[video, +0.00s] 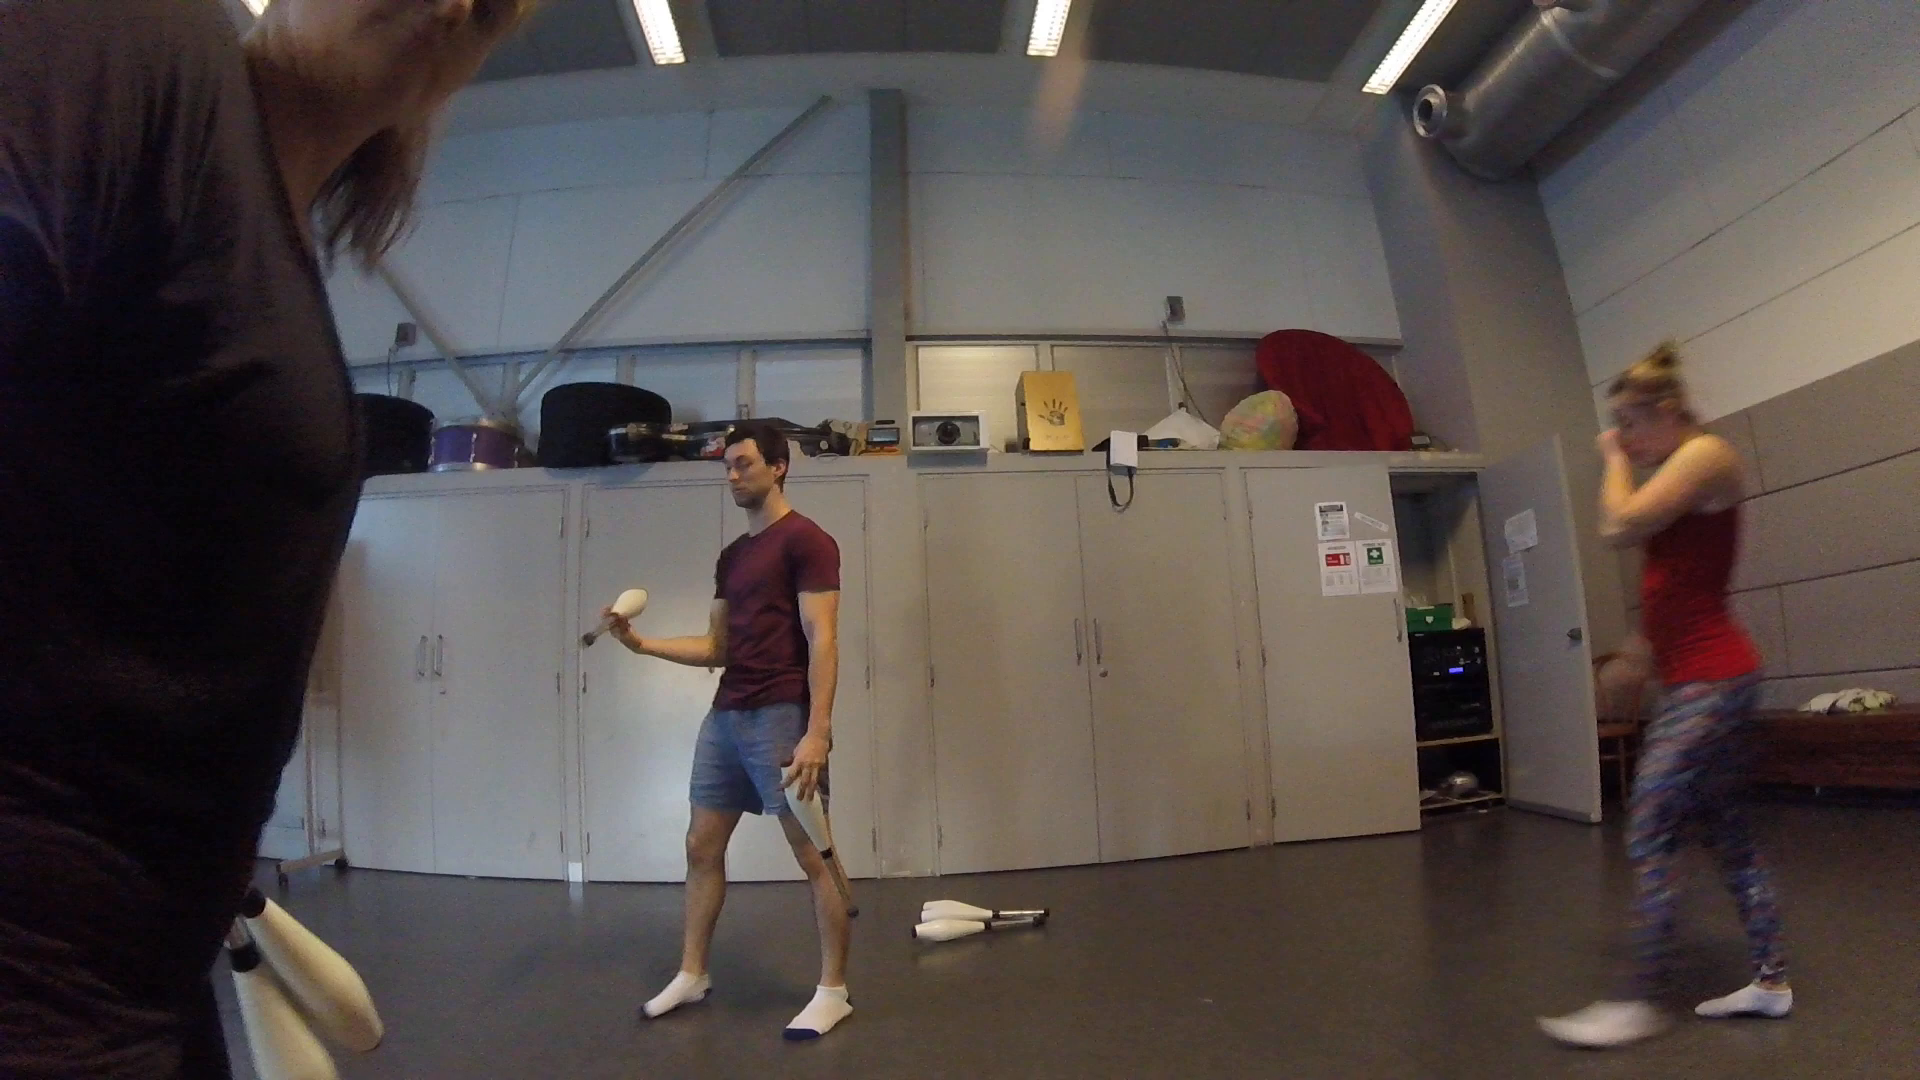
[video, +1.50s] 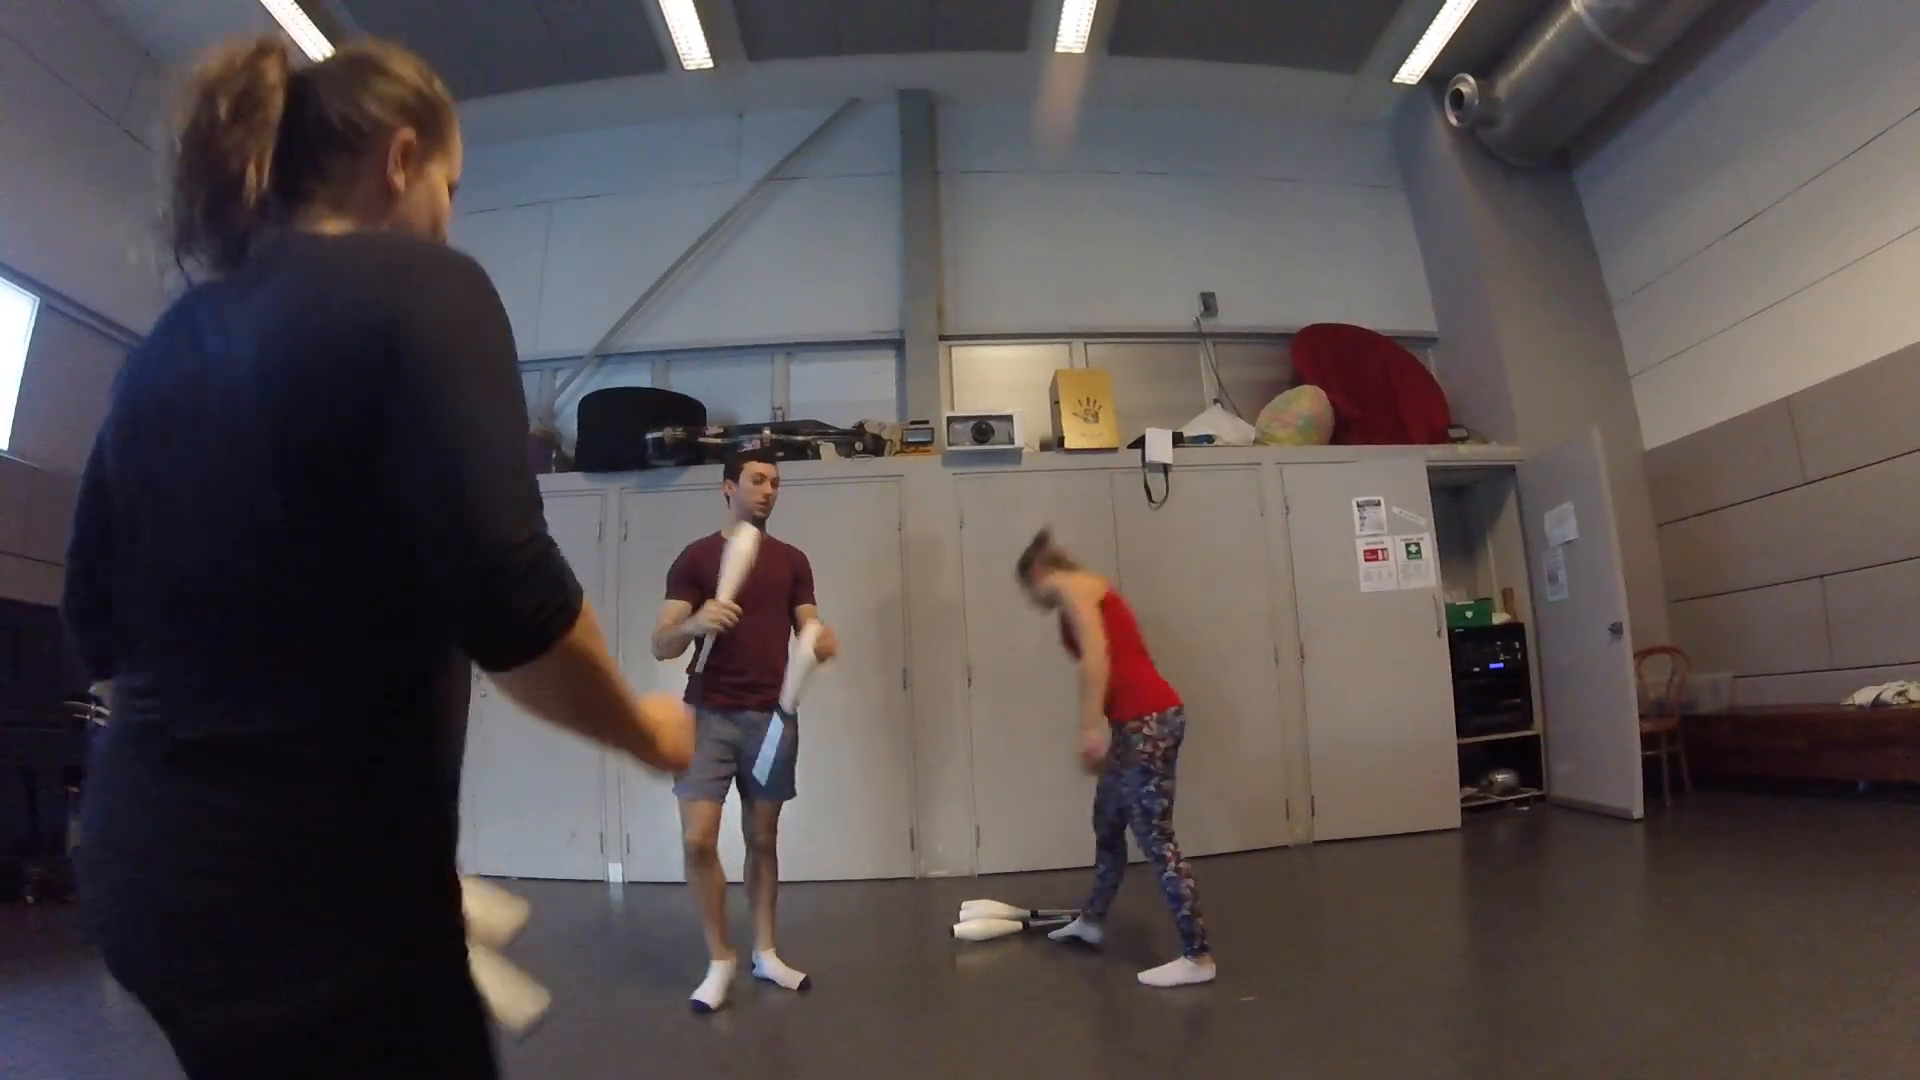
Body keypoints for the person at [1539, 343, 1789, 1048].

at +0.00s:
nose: (1624, 437)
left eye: (1636, 421)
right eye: (1620, 425)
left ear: (1674, 411)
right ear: (1629, 428)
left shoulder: (1707, 455)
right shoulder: (1670, 470)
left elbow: (1620, 522)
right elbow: (1676, 581)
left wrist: (1611, 456)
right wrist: (1638, 657)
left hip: (1712, 676)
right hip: (1691, 675)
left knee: (1650, 828)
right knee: (1728, 829)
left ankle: (1640, 997)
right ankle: (1770, 980)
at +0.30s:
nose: (1458, 470)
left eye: (1462, 457)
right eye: (1455, 459)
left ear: (1493, 444)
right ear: (1496, 446)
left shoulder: (1528, 485)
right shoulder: (1526, 487)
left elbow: (1445, 543)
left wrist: (1445, 486)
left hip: (1538, 692)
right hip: (1534, 687)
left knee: (1523, 841)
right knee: (1518, 830)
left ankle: (1549, 1003)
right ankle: (1595, 941)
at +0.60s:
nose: (1347, 504)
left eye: (1350, 490)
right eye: (1347, 492)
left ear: (1378, 478)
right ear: (1391, 478)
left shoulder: (1404, 518)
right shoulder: (1450, 526)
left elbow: (1337, 589)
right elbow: (1507, 607)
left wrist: (1347, 530)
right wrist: (1560, 669)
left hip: (1427, 711)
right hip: (1435, 705)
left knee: (1428, 846)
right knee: (1414, 844)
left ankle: (1552, 969)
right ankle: (1389, 969)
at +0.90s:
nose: (1233, 517)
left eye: (1237, 504)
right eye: (1231, 507)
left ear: (1264, 493)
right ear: (1272, 492)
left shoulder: (1289, 544)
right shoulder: (1316, 539)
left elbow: (1269, 628)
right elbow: (1309, 637)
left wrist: (1222, 589)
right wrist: (1272, 697)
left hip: (1300, 717)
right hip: (1336, 708)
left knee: (1260, 836)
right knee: (1340, 841)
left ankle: (1248, 957)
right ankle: (1381, 964)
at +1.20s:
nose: (1126, 541)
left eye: (1128, 529)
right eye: (1124, 531)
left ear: (1146, 517)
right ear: (1165, 516)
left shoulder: (1163, 560)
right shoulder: (1210, 558)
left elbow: (1166, 649)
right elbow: (1205, 644)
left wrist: (1155, 722)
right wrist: (1152, 682)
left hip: (1191, 713)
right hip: (1223, 708)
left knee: (1176, 827)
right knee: (1168, 813)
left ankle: (1197, 955)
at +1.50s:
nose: (1035, 596)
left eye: (1032, 586)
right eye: (1032, 589)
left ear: (1041, 572)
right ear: (1056, 564)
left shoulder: (1075, 585)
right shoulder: (1090, 589)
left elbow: (1096, 651)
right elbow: (1117, 662)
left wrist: (1093, 722)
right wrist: (1114, 732)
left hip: (1150, 720)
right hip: (1134, 722)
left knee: (1153, 833)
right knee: (1109, 820)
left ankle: (1198, 954)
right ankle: (1092, 920)